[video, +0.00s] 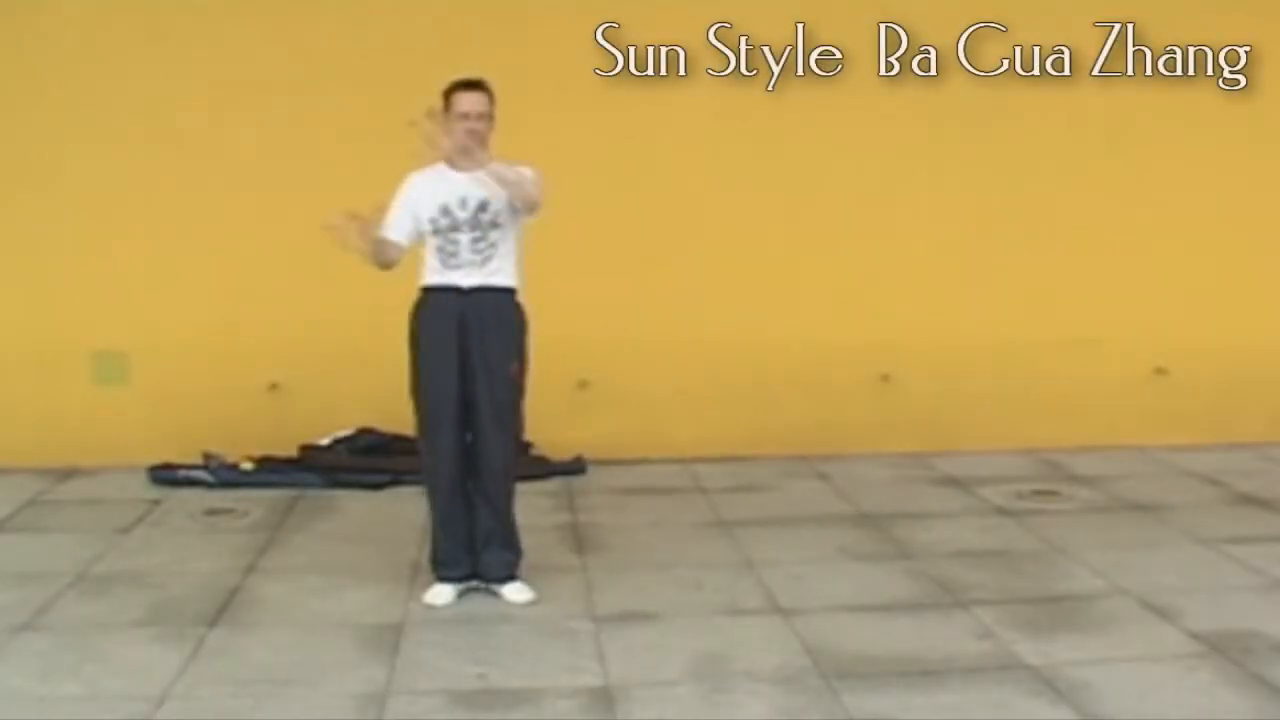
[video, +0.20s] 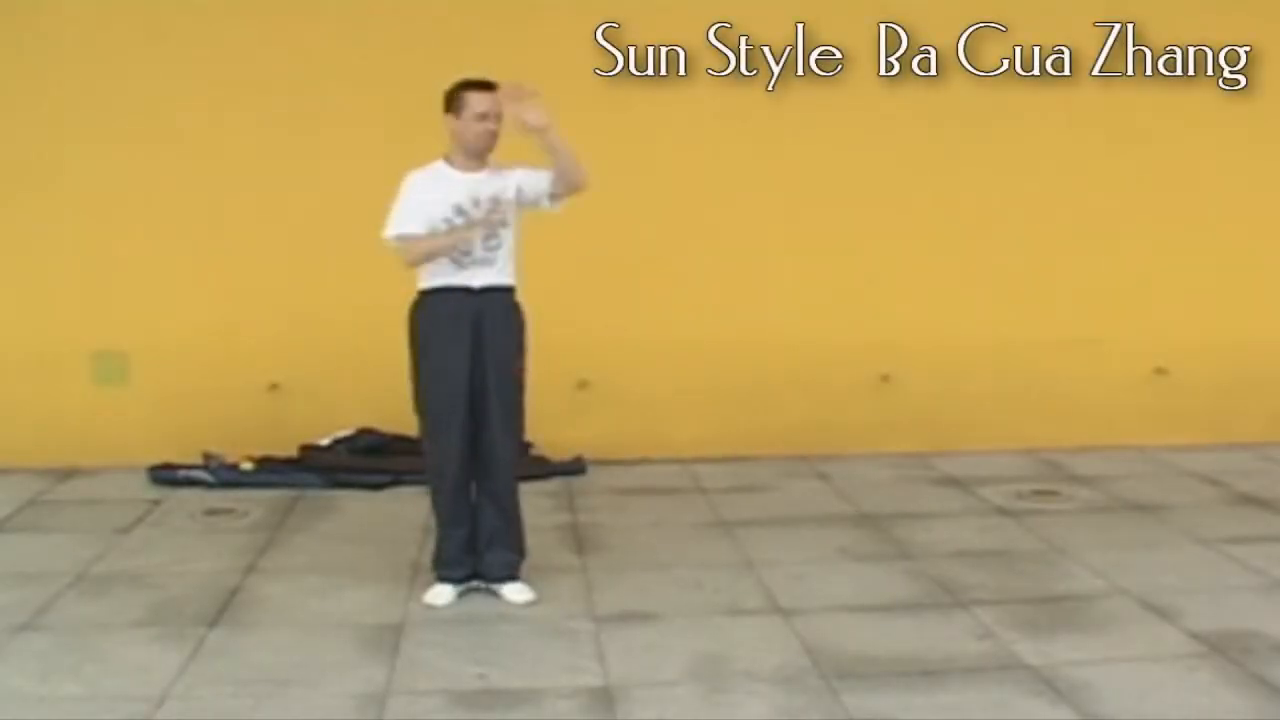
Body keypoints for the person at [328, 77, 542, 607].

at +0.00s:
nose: (473, 127)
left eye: (482, 118)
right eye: (462, 118)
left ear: (493, 124)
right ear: (444, 124)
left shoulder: (511, 177)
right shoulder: (422, 184)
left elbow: (530, 201)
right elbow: (389, 255)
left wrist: (472, 163)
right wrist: (366, 240)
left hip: (496, 312)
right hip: (438, 313)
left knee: (497, 443)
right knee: (442, 445)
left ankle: (500, 568)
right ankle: (451, 570)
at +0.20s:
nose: (489, 127)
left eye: (495, 119)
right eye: (478, 118)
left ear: (501, 125)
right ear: (452, 123)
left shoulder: (510, 181)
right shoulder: (423, 183)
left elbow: (573, 182)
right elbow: (407, 250)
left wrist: (545, 131)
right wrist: (469, 232)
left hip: (498, 310)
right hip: (441, 312)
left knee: (501, 442)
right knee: (446, 443)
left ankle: (502, 567)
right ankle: (453, 568)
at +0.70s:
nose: (512, 131)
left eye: (513, 121)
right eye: (503, 121)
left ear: (494, 126)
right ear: (468, 122)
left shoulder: (507, 180)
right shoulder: (436, 180)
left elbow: (572, 175)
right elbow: (481, 241)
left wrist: (603, 124)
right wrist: (570, 227)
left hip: (499, 312)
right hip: (448, 314)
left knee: (503, 442)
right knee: (453, 444)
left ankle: (501, 568)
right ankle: (454, 569)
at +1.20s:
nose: (489, 139)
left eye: (496, 130)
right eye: (479, 128)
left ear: (502, 131)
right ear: (453, 126)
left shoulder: (512, 182)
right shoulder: (427, 181)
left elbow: (587, 199)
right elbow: (462, 246)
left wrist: (658, 200)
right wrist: (525, 289)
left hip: (497, 312)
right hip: (442, 314)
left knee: (500, 443)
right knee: (447, 444)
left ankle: (501, 569)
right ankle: (453, 570)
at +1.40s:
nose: (479, 142)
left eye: (487, 132)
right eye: (469, 131)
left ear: (497, 131)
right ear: (448, 128)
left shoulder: (513, 186)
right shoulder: (422, 184)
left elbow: (573, 232)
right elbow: (432, 262)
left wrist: (635, 274)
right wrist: (466, 326)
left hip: (496, 312)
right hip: (437, 312)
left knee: (499, 444)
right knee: (445, 445)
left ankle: (502, 569)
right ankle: (453, 570)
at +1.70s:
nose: (463, 142)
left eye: (472, 132)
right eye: (454, 132)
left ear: (488, 131)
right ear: (439, 132)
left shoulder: (512, 186)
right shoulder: (414, 184)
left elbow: (546, 259)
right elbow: (389, 257)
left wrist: (562, 333)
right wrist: (395, 334)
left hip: (492, 314)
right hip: (433, 315)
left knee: (496, 446)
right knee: (441, 448)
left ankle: (501, 568)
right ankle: (452, 570)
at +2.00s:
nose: (442, 140)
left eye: (451, 130)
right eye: (434, 131)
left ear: (473, 130)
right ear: (425, 132)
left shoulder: (501, 188)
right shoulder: (408, 185)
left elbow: (514, 270)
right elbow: (373, 245)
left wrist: (476, 337)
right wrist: (357, 313)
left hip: (484, 310)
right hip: (426, 310)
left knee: (486, 446)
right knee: (432, 448)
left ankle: (499, 567)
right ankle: (450, 570)